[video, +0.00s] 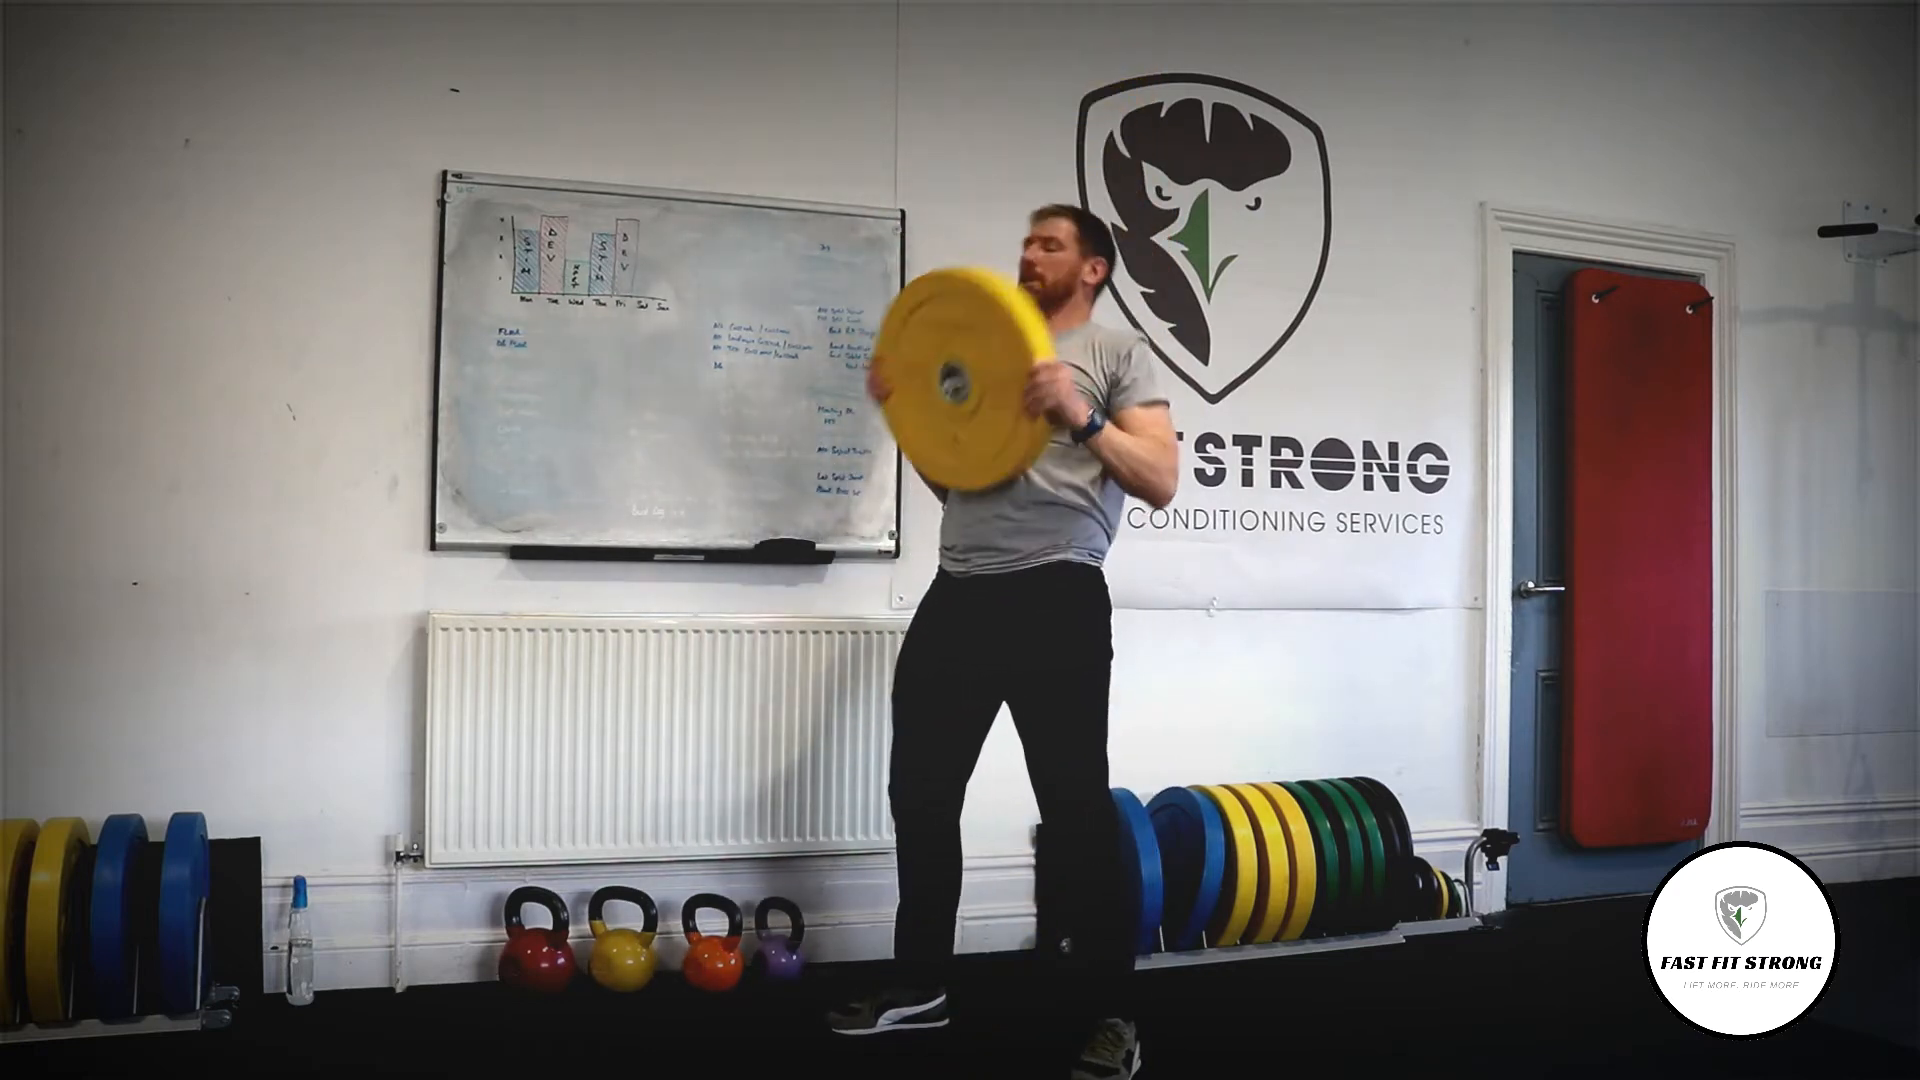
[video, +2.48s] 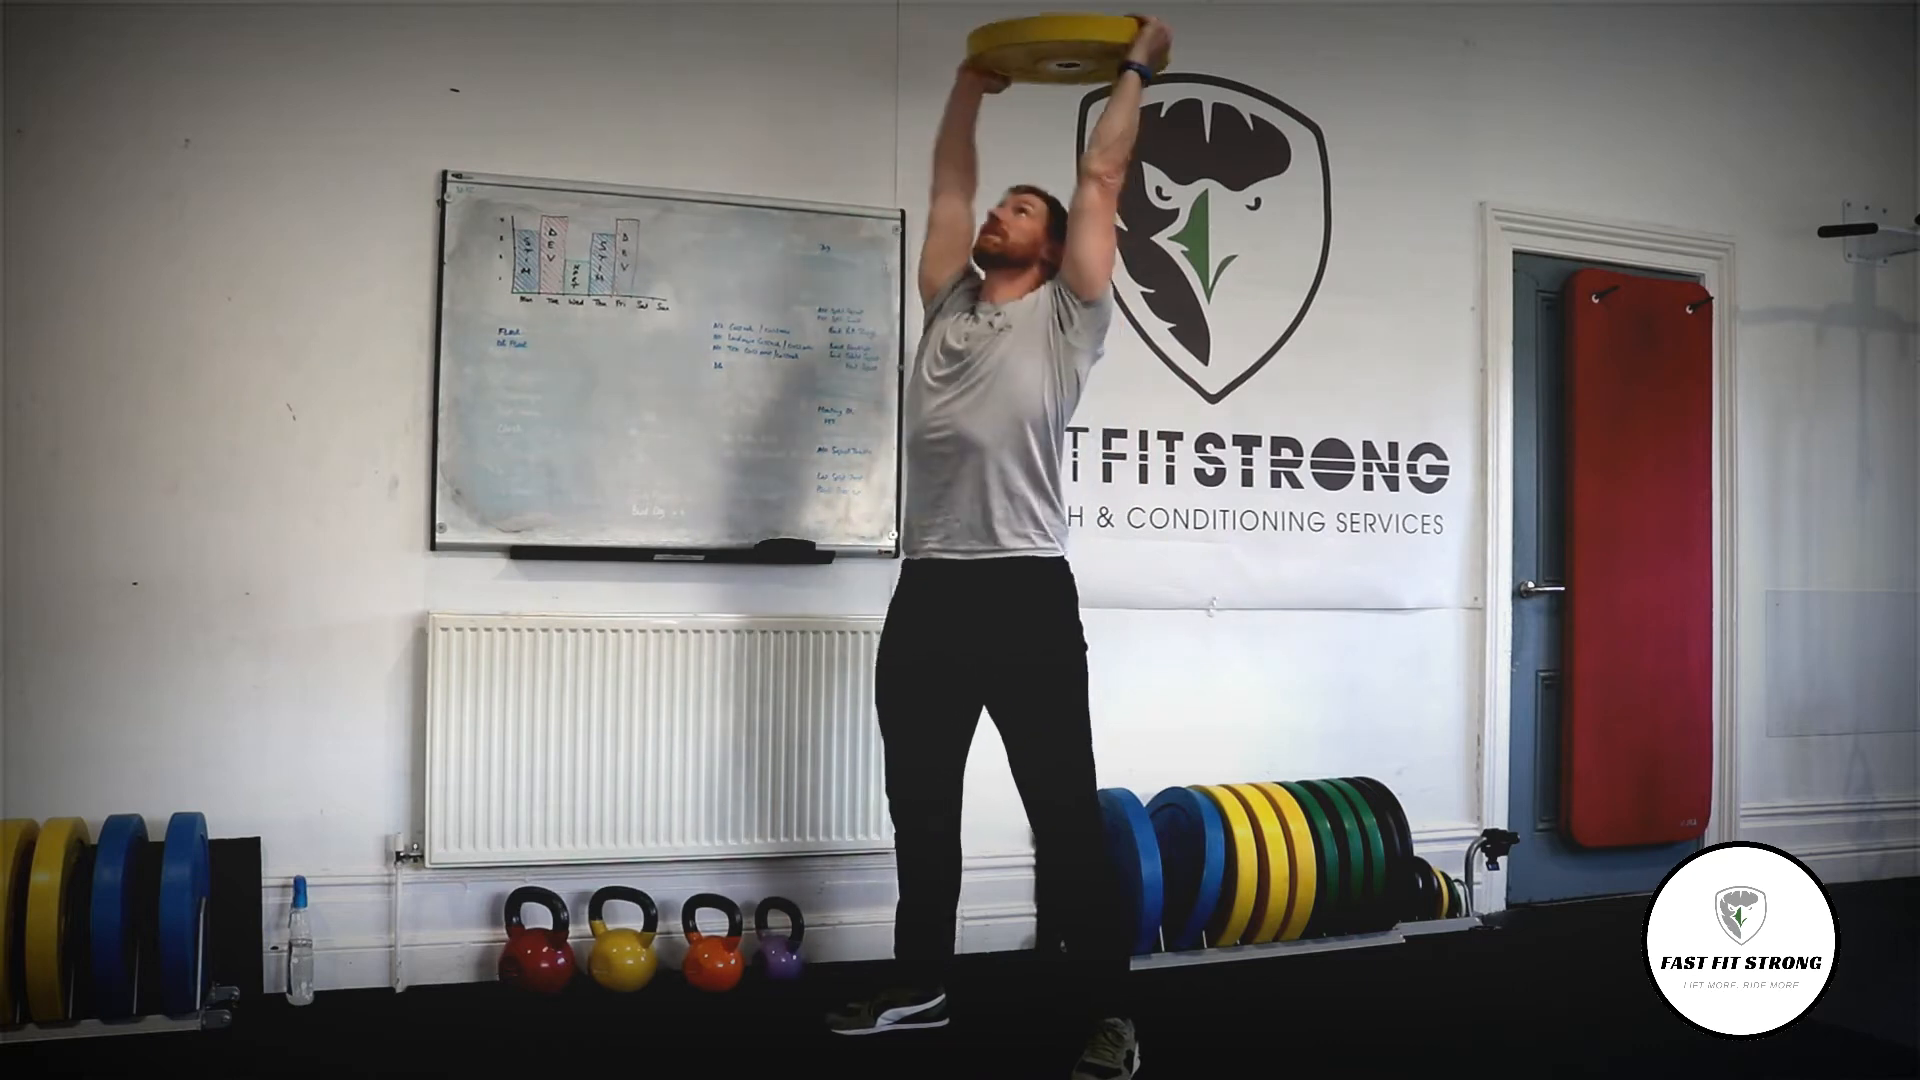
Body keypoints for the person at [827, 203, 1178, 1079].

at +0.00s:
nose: (1027, 259)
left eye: (1047, 247)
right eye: (1025, 247)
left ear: (1093, 268)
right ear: (1020, 261)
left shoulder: (1118, 349)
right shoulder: (993, 344)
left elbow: (1162, 480)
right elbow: (946, 466)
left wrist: (1083, 416)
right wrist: (897, 399)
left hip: (1058, 595)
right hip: (960, 597)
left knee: (1074, 803)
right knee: (921, 796)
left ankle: (1104, 1013)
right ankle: (923, 991)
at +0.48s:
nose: (945, 304)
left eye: (959, 285)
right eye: (934, 290)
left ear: (1003, 271)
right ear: (925, 289)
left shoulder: (1071, 353)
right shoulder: (928, 375)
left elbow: (1103, 487)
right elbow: (926, 504)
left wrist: (1085, 616)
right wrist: (902, 612)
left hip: (1078, 601)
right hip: (981, 606)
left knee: (1101, 804)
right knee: (926, 788)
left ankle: (1115, 1012)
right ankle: (919, 985)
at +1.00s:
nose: (883, 519)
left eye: (893, 499)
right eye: (871, 504)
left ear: (939, 470)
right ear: (859, 497)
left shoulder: (1031, 544)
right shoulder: (880, 567)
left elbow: (1050, 692)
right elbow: (890, 694)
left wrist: (1062, 834)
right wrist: (887, 825)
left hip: (1104, 684)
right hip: (995, 690)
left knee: (1131, 830)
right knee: (862, 791)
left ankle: (1118, 1021)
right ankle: (914, 986)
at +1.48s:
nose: (880, 536)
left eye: (892, 518)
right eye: (870, 521)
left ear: (940, 497)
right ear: (862, 517)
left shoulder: (1021, 575)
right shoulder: (876, 589)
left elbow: (1049, 723)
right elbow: (887, 712)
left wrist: (1052, 860)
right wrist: (880, 838)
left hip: (1085, 730)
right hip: (972, 739)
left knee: (1128, 859)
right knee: (835, 805)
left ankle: (1115, 1031)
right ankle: (910, 990)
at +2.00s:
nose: (1031, 248)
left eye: (1051, 240)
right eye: (1024, 237)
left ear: (1085, 275)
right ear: (1005, 260)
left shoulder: (1100, 362)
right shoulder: (959, 347)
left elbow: (1118, 479)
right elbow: (896, 471)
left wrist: (1060, 372)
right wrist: (873, 370)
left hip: (1036, 600)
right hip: (934, 598)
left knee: (1065, 807)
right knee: (915, 803)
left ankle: (1100, 1012)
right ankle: (920, 989)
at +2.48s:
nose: (1004, 217)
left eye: (1022, 211)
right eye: (995, 210)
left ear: (1054, 244)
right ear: (981, 236)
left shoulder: (1072, 317)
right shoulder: (944, 305)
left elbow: (1104, 177)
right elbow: (951, 187)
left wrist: (1136, 66)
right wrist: (971, 77)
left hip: (1028, 598)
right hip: (925, 596)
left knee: (1061, 810)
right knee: (920, 807)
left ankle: (1094, 1010)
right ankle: (921, 989)